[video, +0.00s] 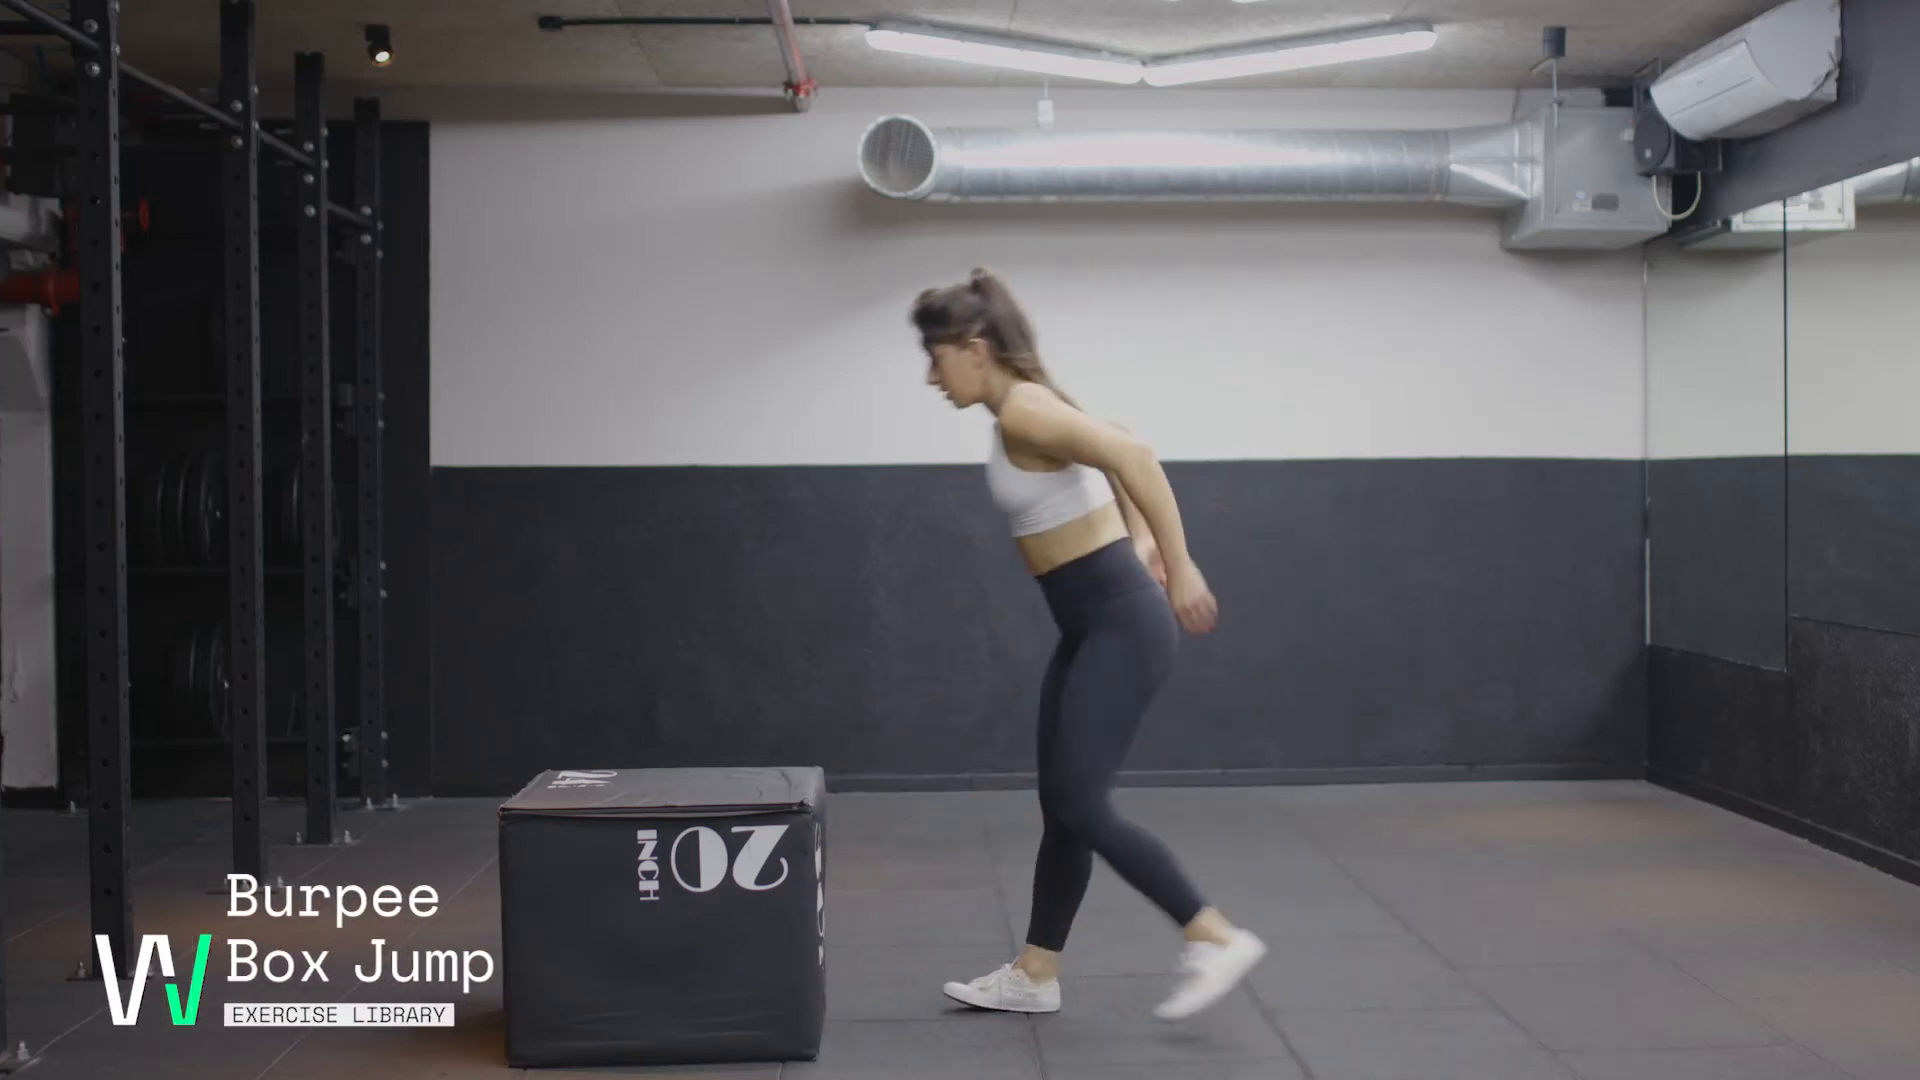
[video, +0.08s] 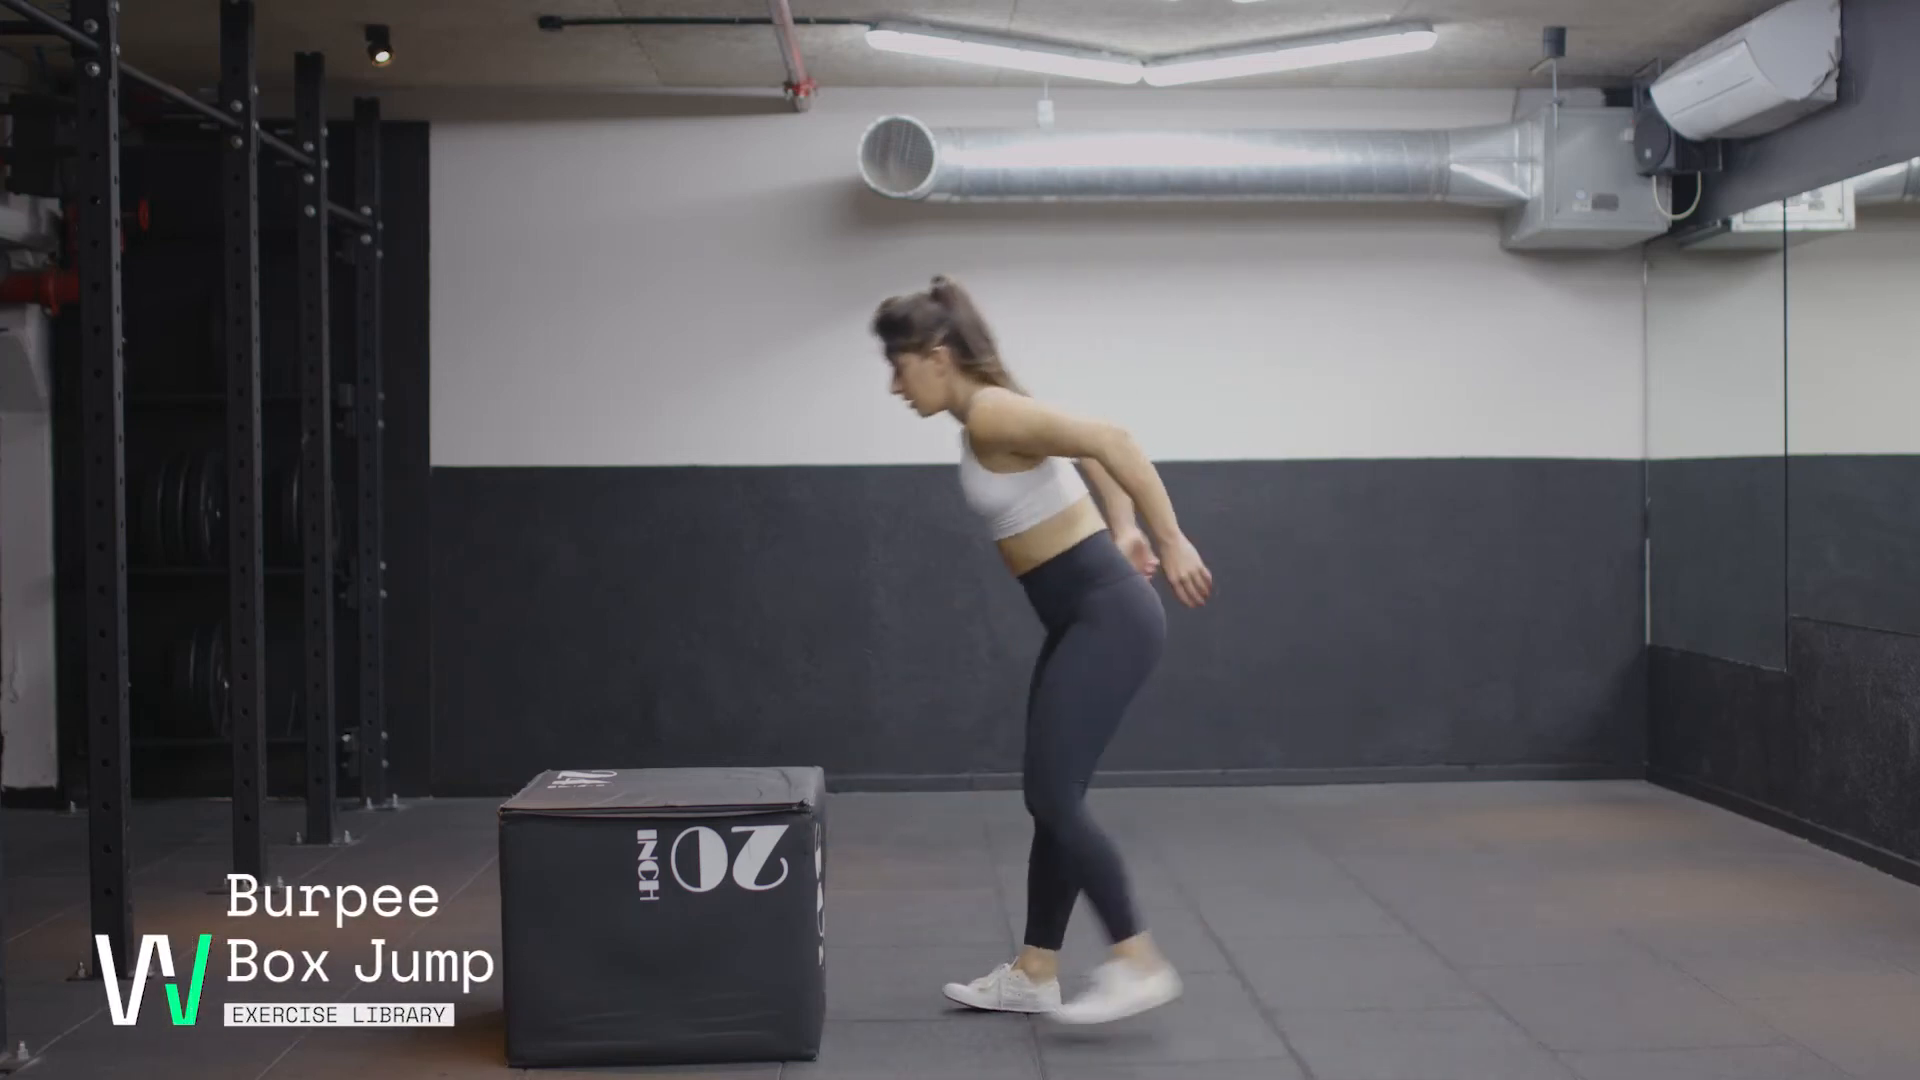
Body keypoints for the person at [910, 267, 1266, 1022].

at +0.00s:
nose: (929, 372)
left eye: (936, 354)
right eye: (928, 356)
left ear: (977, 348)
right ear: (979, 350)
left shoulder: (1024, 411)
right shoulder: (1022, 412)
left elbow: (1136, 457)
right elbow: (1118, 462)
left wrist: (1181, 570)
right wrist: (1145, 553)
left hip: (1122, 623)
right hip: (1091, 625)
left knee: (1081, 802)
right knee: (1063, 799)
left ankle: (1216, 938)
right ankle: (1037, 970)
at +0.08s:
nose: (892, 380)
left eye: (899, 362)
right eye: (890, 364)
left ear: (942, 355)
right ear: (941, 359)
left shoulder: (991, 414)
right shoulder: (988, 415)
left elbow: (1113, 441)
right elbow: (1094, 447)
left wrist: (1172, 538)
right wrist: (1124, 531)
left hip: (1107, 618)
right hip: (1084, 617)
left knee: (1055, 792)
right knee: (1050, 792)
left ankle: (1139, 960)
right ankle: (1036, 968)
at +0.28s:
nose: (832, 427)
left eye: (838, 410)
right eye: (831, 411)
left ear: (879, 408)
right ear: (878, 410)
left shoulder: (942, 472)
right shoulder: (923, 477)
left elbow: (1027, 572)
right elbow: (1005, 584)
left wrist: (999, 686)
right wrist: (980, 674)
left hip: (1068, 656)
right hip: (1050, 652)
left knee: (966, 811)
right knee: (962, 807)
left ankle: (1031, 996)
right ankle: (1022, 978)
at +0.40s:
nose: (843, 419)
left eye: (851, 403)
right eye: (843, 404)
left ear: (894, 401)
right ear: (894, 404)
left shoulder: (928, 481)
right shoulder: (916, 478)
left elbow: (857, 590)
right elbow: (847, 571)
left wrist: (748, 571)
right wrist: (751, 562)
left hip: (1027, 678)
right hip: (1013, 675)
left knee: (923, 840)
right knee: (930, 834)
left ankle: (1027, 996)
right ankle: (1019, 977)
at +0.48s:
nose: (830, 347)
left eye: (841, 333)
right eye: (830, 333)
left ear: (883, 331)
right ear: (869, 336)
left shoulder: (901, 401)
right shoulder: (888, 400)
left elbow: (784, 471)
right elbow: (788, 468)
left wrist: (721, 393)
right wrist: (730, 397)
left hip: (988, 623)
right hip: (972, 620)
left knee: (951, 803)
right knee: (949, 800)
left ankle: (1023, 985)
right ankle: (1016, 966)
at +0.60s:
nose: (772, 261)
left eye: (776, 244)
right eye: (771, 247)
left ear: (814, 237)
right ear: (822, 238)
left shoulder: (852, 299)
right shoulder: (851, 304)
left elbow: (746, 367)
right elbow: (774, 384)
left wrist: (668, 326)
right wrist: (691, 331)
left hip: (955, 505)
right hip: (944, 504)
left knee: (894, 688)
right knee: (895, 683)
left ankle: (989, 840)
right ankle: (993, 821)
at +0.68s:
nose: (729, 263)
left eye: (733, 246)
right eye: (726, 249)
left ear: (775, 231)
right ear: (776, 232)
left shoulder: (817, 289)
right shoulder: (820, 292)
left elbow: (719, 376)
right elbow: (756, 395)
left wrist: (625, 368)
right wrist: (652, 373)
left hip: (961, 478)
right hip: (953, 475)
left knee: (826, 606)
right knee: (833, 601)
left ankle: (951, 736)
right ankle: (951, 729)